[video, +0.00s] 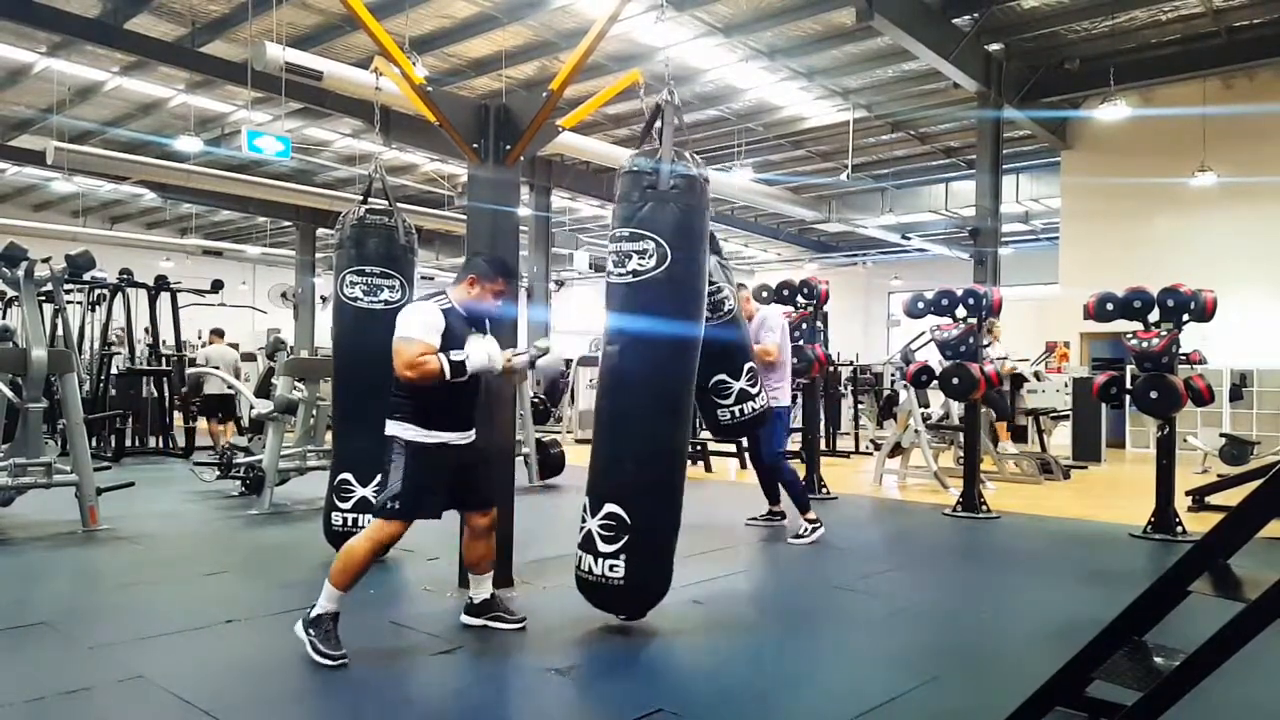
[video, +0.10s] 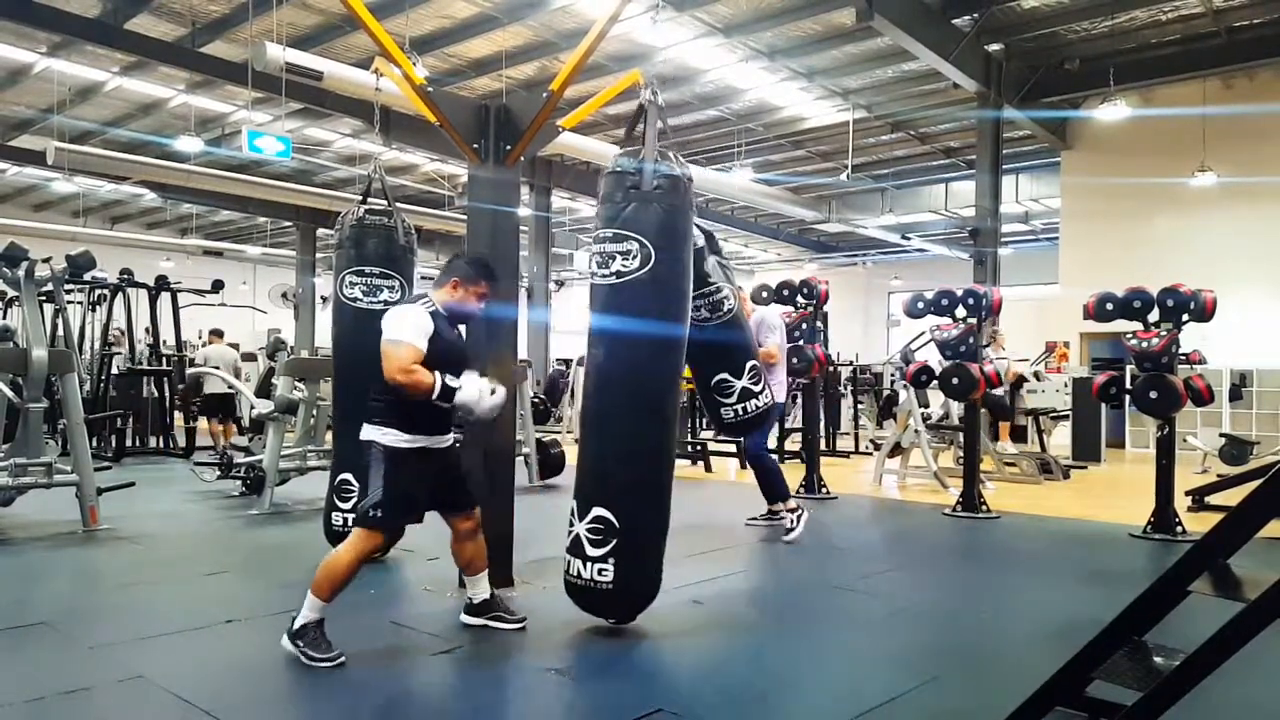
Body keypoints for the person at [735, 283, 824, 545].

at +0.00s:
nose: (737, 313)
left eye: (737, 307)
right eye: (734, 309)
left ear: (747, 300)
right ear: (744, 302)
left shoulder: (771, 316)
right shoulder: (748, 324)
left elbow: (771, 355)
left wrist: (740, 346)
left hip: (776, 402)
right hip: (756, 402)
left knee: (773, 458)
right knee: (758, 459)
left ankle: (810, 519)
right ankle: (775, 510)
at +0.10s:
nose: (736, 309)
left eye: (737, 303)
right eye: (734, 305)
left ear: (745, 299)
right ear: (737, 304)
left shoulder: (767, 316)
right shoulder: (744, 324)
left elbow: (772, 356)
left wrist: (743, 351)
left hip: (773, 395)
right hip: (756, 396)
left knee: (756, 449)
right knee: (753, 451)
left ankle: (792, 508)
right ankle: (774, 508)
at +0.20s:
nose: (727, 302)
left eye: (728, 296)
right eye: (724, 299)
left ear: (738, 293)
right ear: (724, 300)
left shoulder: (761, 311)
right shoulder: (730, 320)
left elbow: (770, 348)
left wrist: (739, 345)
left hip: (767, 390)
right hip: (749, 392)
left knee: (750, 444)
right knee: (758, 446)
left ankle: (760, 513)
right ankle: (774, 506)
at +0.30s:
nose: (720, 306)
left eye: (721, 300)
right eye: (717, 302)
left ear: (730, 296)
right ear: (727, 300)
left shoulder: (756, 315)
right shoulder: (729, 323)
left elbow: (763, 351)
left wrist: (731, 346)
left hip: (764, 397)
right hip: (746, 398)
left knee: (750, 456)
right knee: (764, 454)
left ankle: (734, 517)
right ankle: (777, 509)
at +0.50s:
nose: (713, 314)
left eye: (715, 308)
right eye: (711, 310)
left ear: (725, 302)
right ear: (713, 308)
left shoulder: (748, 327)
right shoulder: (717, 330)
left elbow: (753, 366)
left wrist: (724, 353)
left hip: (748, 404)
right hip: (728, 404)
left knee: (732, 460)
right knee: (745, 457)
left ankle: (718, 523)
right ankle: (772, 505)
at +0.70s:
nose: (704, 307)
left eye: (707, 301)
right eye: (700, 302)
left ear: (722, 297)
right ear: (699, 302)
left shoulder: (744, 323)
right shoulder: (695, 319)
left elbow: (762, 364)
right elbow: (667, 326)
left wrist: (736, 376)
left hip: (738, 398)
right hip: (709, 400)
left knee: (725, 454)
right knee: (728, 455)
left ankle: (717, 522)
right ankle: (758, 500)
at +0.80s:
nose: (687, 299)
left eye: (691, 293)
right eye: (684, 295)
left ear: (705, 291)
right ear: (683, 297)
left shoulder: (728, 317)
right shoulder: (684, 316)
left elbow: (761, 340)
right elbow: (661, 335)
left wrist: (758, 364)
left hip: (727, 398)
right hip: (702, 399)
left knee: (717, 457)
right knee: (721, 455)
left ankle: (716, 524)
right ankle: (750, 500)